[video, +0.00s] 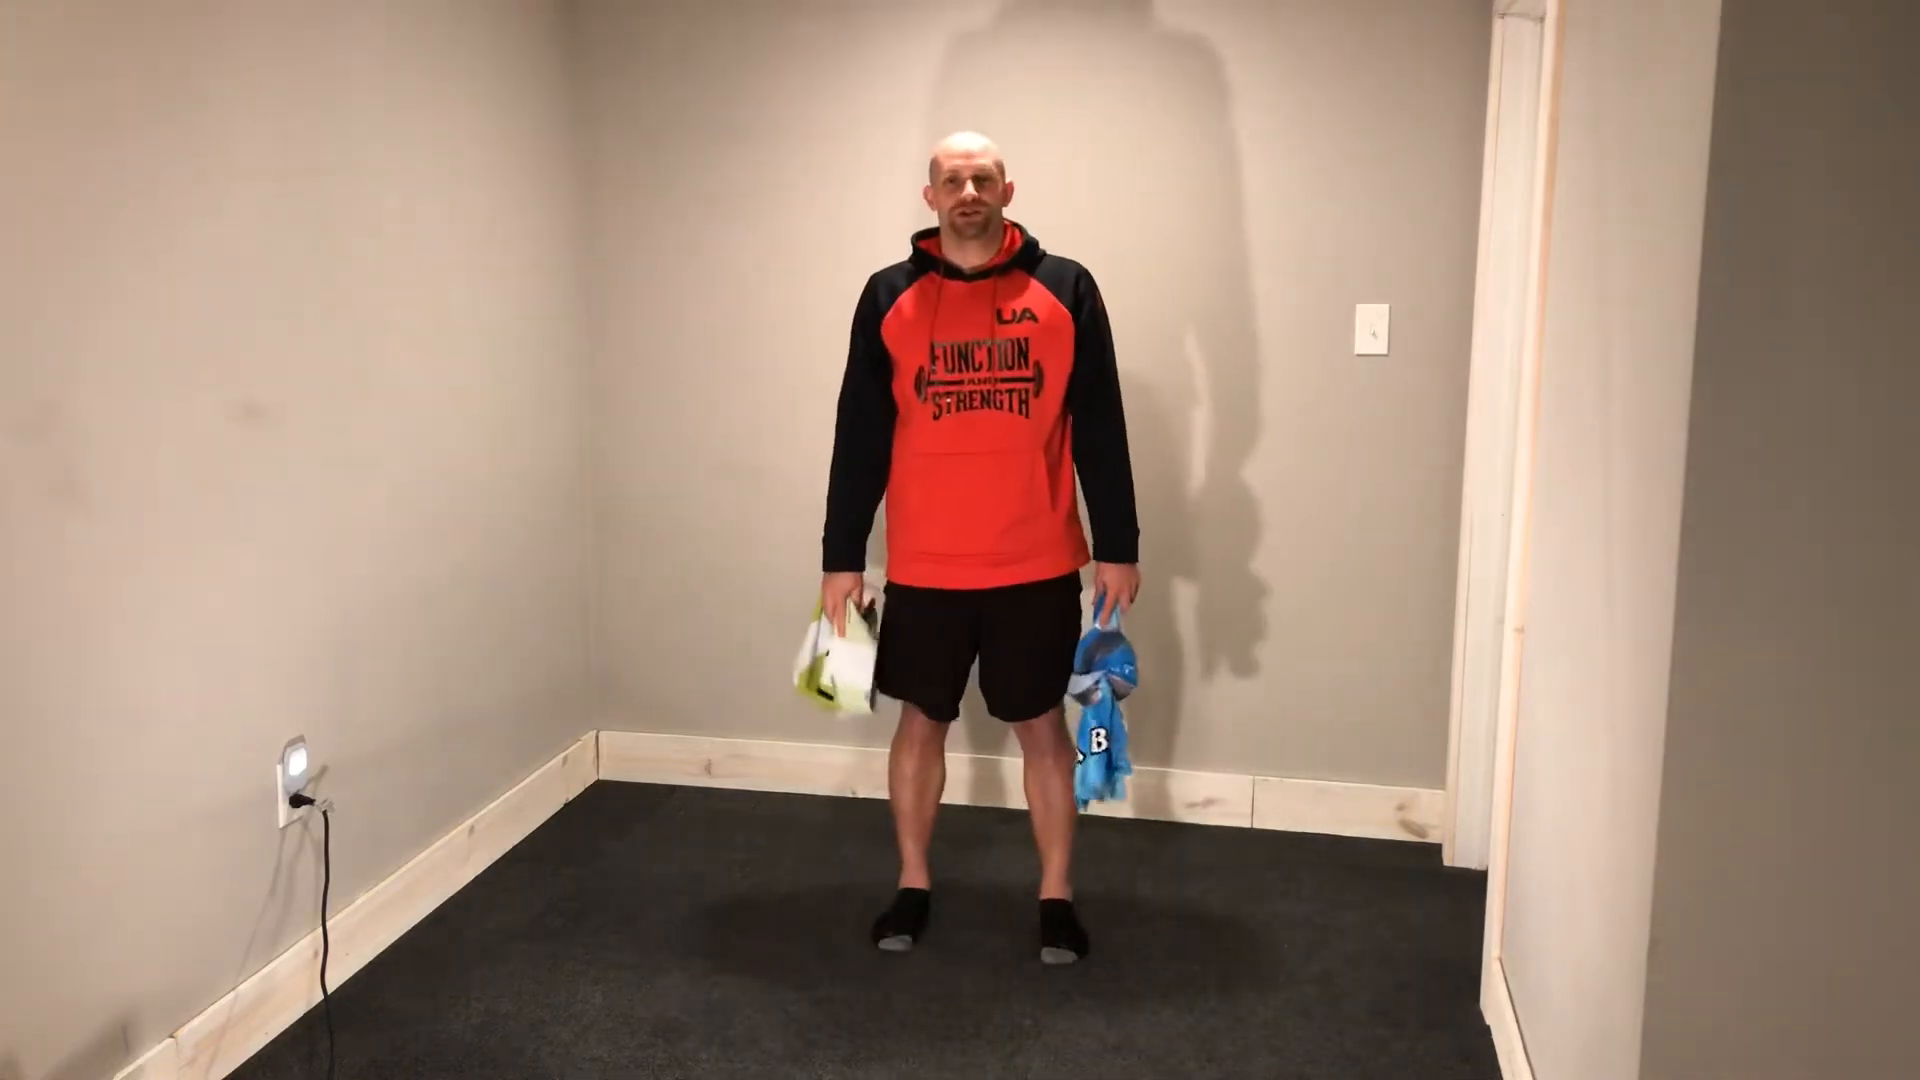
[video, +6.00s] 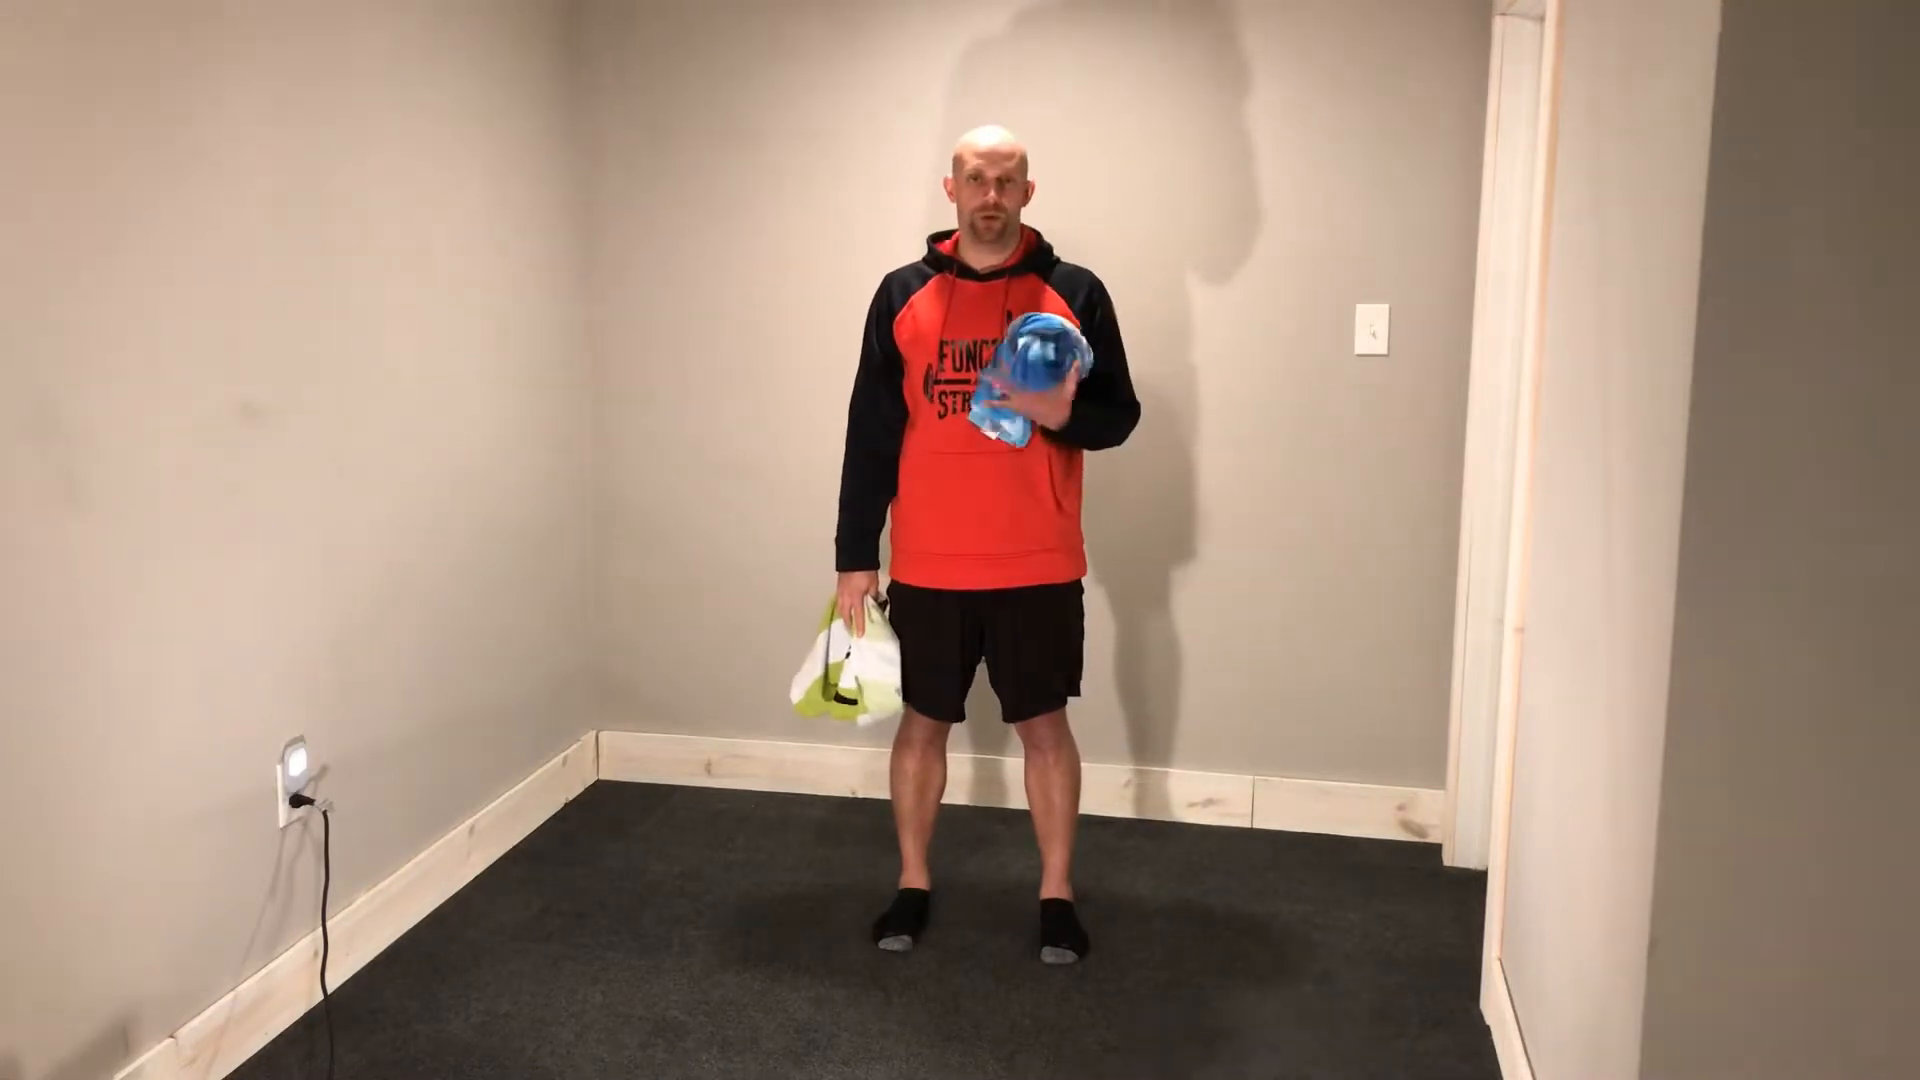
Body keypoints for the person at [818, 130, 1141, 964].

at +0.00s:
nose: (968, 191)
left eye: (981, 177)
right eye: (951, 180)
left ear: (1008, 191)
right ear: (929, 198)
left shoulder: (1065, 291)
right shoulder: (890, 297)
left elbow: (1099, 426)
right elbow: (860, 433)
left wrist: (1118, 547)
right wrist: (842, 555)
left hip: (1034, 561)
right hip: (926, 564)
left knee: (1042, 729)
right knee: (920, 724)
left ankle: (1057, 900)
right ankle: (911, 890)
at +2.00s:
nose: (981, 192)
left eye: (995, 178)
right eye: (965, 179)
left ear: (1021, 188)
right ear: (944, 191)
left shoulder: (1076, 294)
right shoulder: (902, 297)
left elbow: (1106, 432)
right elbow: (870, 434)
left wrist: (1122, 553)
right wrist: (854, 557)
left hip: (1041, 564)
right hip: (933, 565)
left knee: (1046, 725)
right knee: (924, 726)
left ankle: (1058, 898)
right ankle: (911, 890)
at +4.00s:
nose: (994, 194)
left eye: (1005, 179)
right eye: (977, 182)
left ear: (1027, 185)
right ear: (950, 196)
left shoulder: (1085, 290)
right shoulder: (911, 296)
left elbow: (1127, 410)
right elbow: (880, 434)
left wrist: (1078, 469)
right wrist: (864, 559)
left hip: (1044, 553)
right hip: (939, 556)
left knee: (1048, 723)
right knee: (928, 720)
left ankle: (1057, 896)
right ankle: (912, 886)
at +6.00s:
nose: (993, 194)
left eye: (1007, 181)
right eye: (979, 180)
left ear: (1027, 191)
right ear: (952, 188)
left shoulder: (1076, 294)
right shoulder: (904, 294)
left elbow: (1119, 417)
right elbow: (871, 431)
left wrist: (1065, 414)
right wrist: (856, 555)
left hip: (1036, 563)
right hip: (931, 563)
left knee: (1043, 726)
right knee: (923, 724)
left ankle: (1058, 896)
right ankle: (911, 888)